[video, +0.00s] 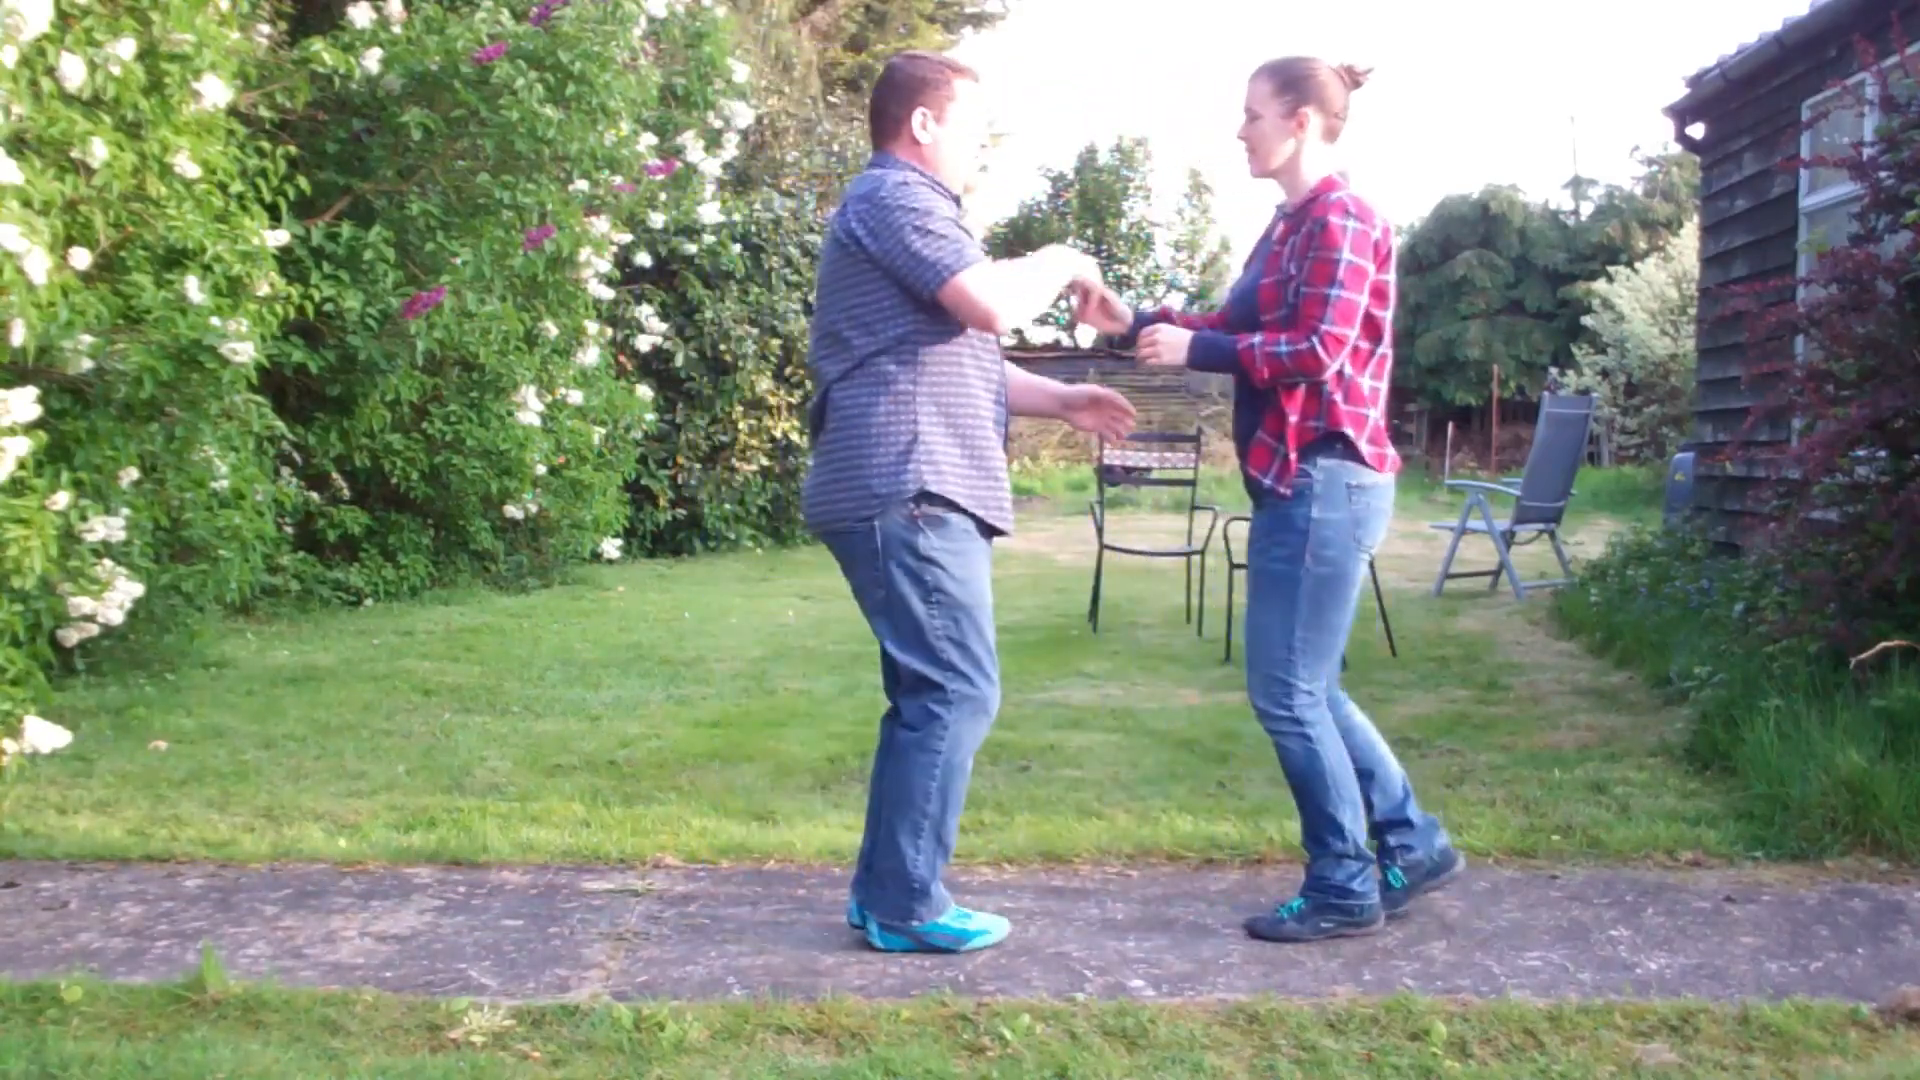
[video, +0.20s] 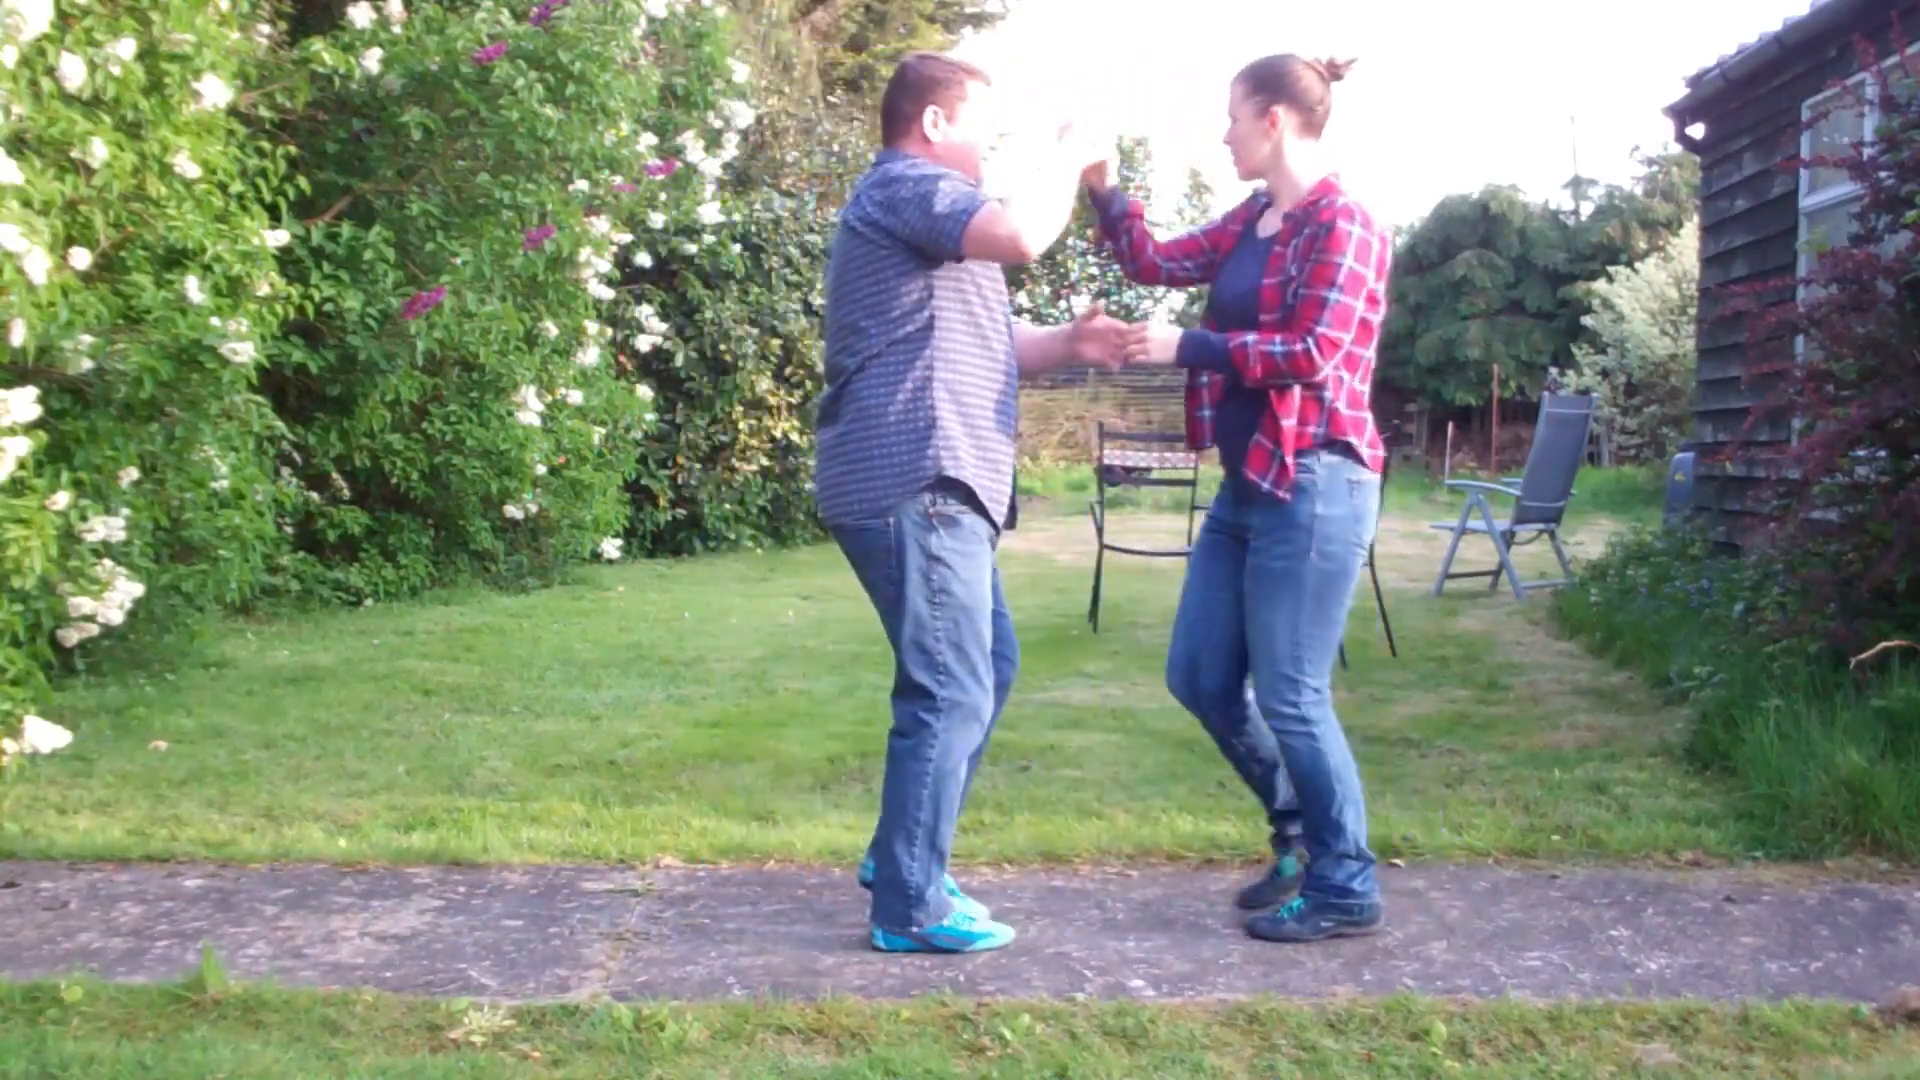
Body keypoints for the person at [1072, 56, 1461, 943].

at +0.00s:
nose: (1239, 132)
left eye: (1252, 118)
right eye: (1242, 117)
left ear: (1304, 123)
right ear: (1293, 124)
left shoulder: (1343, 221)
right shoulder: (1286, 231)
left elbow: (1317, 348)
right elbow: (1226, 327)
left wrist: (1200, 352)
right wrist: (1128, 318)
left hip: (1329, 481)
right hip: (1300, 482)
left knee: (1285, 692)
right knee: (1304, 686)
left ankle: (1344, 888)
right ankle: (1412, 843)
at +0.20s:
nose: (1225, 137)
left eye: (1232, 120)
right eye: (1226, 121)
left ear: (1276, 122)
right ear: (1273, 124)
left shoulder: (1348, 225)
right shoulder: (1247, 225)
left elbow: (1315, 355)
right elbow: (1149, 262)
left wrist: (1182, 346)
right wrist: (1100, 185)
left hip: (1318, 484)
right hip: (1246, 485)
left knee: (1289, 690)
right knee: (1201, 676)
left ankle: (1346, 888)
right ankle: (1306, 834)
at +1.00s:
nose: (1123, 141)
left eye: (1127, 129)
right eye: (1125, 129)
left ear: (1142, 135)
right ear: (1203, 136)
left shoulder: (1124, 235)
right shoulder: (1236, 214)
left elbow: (1032, 316)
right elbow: (1201, 170)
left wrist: (1062, 223)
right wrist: (1138, 100)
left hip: (1136, 501)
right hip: (1232, 497)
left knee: (1083, 685)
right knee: (1170, 688)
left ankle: (1034, 870)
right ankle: (1226, 879)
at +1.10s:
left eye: (1111, 129)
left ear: (1112, 137)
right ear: (1192, 143)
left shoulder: (1081, 230)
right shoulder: (1210, 217)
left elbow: (1017, 298)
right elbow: (1235, 152)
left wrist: (1061, 203)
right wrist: (1172, 94)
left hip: (1111, 494)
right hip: (1214, 489)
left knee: (1074, 689)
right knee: (1165, 688)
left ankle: (1033, 874)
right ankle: (1219, 873)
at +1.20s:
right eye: (1172, 129)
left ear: (1090, 131)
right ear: (1171, 137)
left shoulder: (1053, 226)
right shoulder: (1191, 205)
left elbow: (1018, 277)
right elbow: (1250, 132)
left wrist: (1073, 180)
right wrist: (1172, 65)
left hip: (1078, 482)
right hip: (1185, 477)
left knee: (1069, 688)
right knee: (1166, 689)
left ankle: (1032, 876)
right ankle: (1187, 871)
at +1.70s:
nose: (1162, 140)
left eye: (1173, 125)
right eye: (1146, 123)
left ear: (1186, 131)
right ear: (1103, 126)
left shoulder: (1184, 202)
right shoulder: (1076, 216)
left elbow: (1241, 104)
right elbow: (1096, 168)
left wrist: (1169, 22)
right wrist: (1085, 73)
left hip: (1202, 475)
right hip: (1117, 476)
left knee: (1224, 683)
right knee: (1145, 694)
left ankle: (1089, 803)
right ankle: (1108, 883)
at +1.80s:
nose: (1148, 134)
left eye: (1163, 121)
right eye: (1132, 119)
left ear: (1183, 131)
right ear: (1103, 126)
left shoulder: (1201, 199)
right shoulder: (1085, 215)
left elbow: (1240, 95)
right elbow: (1066, 245)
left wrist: (1160, 19)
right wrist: (1056, 188)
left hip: (1225, 470)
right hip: (1124, 470)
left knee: (1243, 682)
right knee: (1137, 688)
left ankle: (1182, 819)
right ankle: (1106, 878)